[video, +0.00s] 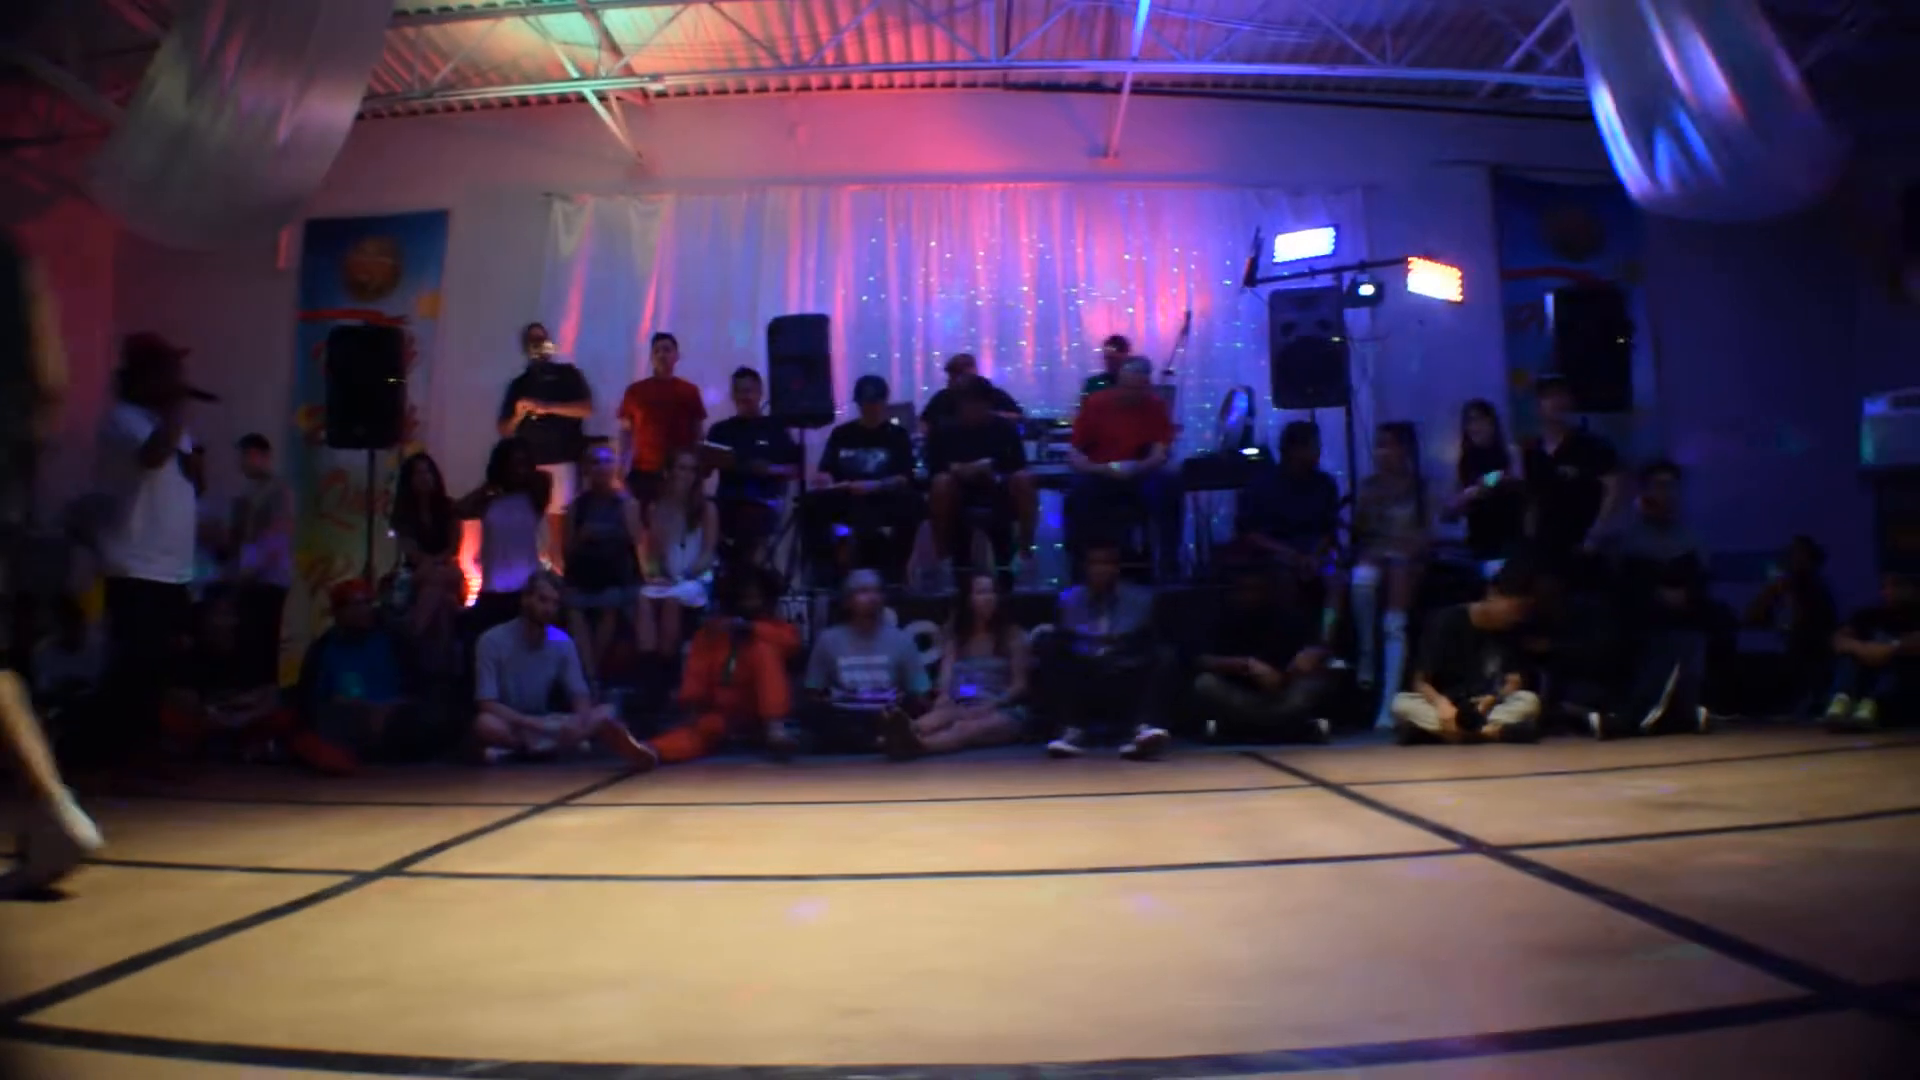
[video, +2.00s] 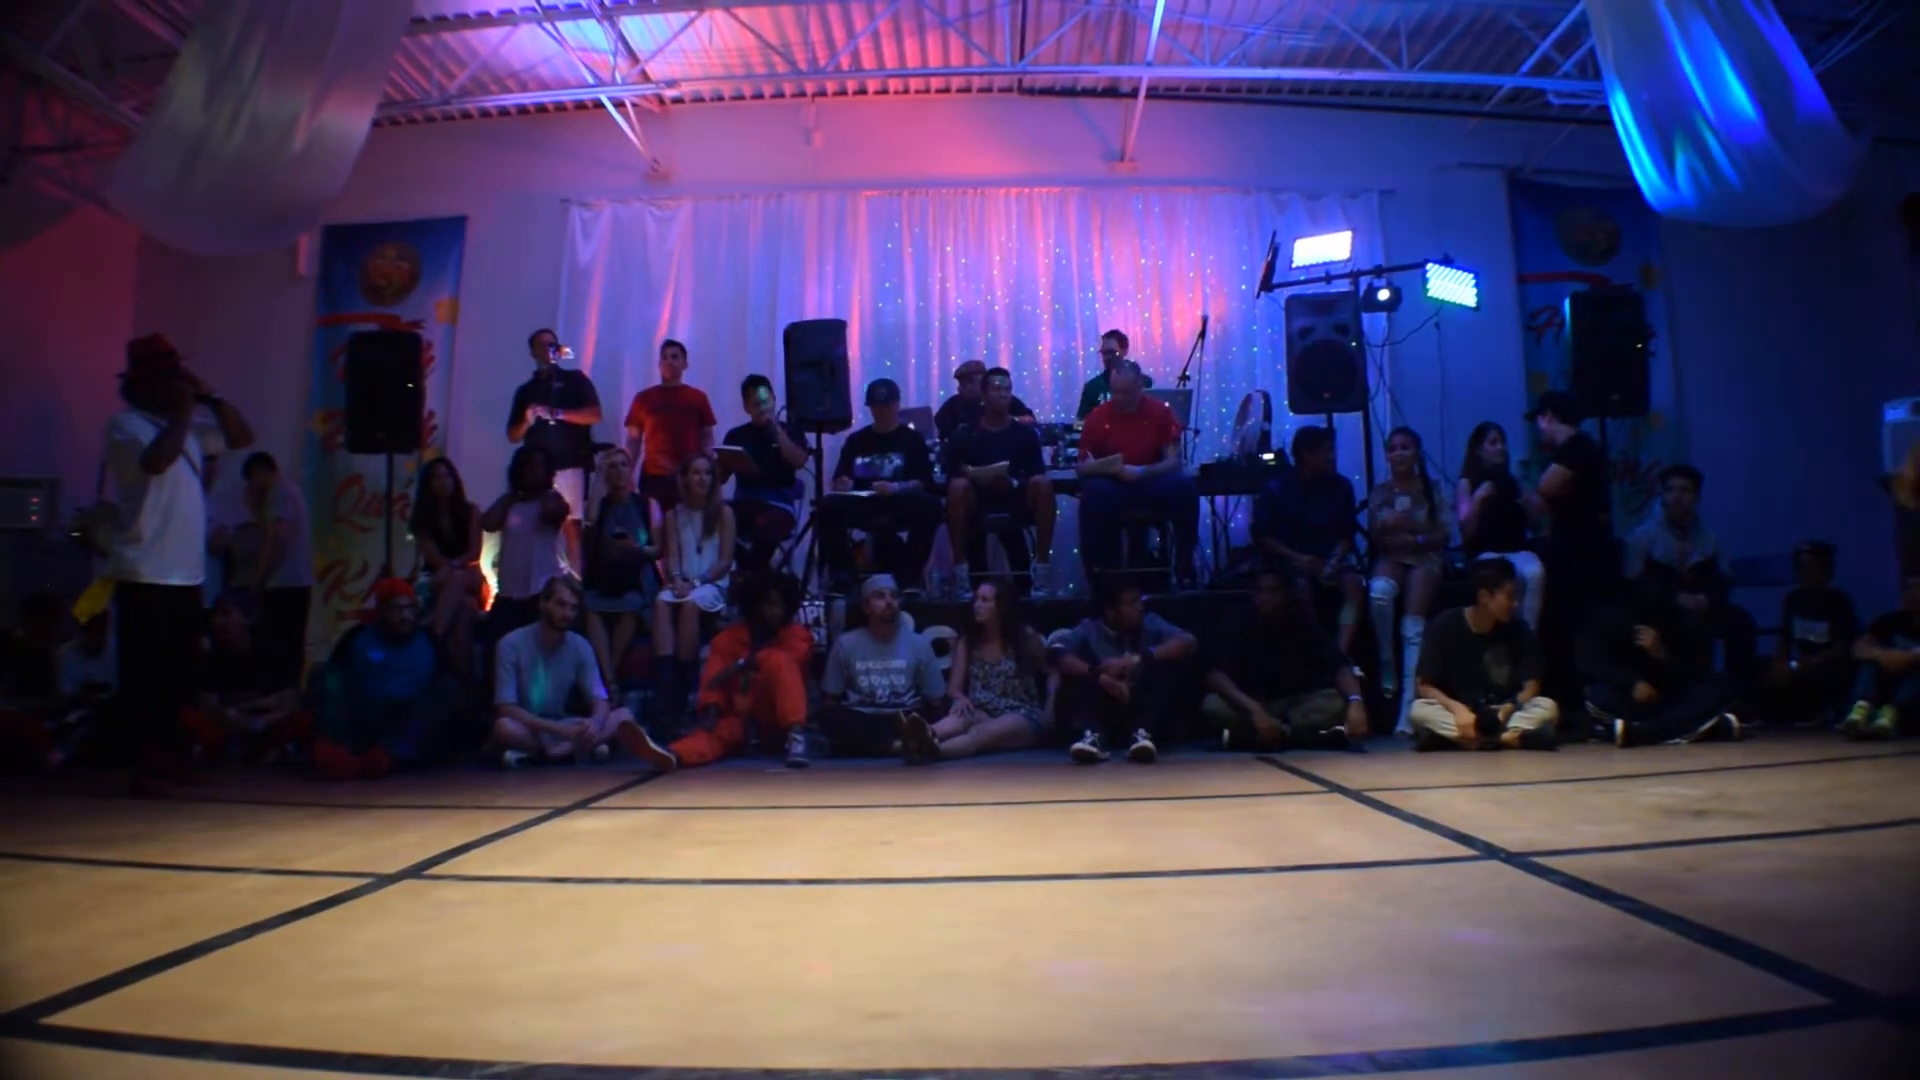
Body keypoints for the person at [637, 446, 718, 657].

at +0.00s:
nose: (683, 475)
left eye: (689, 470)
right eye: (679, 468)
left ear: (696, 476)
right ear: (668, 473)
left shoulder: (706, 508)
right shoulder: (656, 507)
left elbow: (708, 551)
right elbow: (652, 544)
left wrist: (689, 574)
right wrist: (655, 572)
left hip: (694, 578)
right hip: (664, 577)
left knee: (671, 601)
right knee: (645, 597)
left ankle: (668, 660)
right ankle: (647, 658)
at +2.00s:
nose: (702, 479)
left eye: (707, 473)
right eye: (696, 473)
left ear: (713, 479)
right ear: (683, 479)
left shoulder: (723, 513)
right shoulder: (673, 517)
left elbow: (725, 561)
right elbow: (671, 558)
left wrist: (699, 582)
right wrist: (676, 580)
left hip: (712, 580)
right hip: (682, 581)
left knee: (690, 606)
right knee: (662, 603)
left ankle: (685, 679)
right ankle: (664, 677)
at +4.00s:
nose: (700, 477)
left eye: (705, 472)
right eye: (694, 472)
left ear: (712, 478)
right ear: (682, 478)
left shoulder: (722, 514)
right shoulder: (671, 516)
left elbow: (724, 560)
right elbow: (669, 557)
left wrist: (698, 582)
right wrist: (673, 581)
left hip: (709, 581)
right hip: (678, 581)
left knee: (688, 608)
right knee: (659, 605)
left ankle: (682, 684)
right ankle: (662, 683)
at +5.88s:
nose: (682, 478)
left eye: (689, 472)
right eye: (681, 472)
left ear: (703, 478)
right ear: (678, 477)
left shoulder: (720, 513)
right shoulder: (671, 516)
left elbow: (724, 561)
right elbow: (670, 556)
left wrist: (698, 582)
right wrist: (673, 579)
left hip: (709, 581)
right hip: (678, 581)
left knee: (688, 606)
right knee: (660, 603)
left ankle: (681, 677)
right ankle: (662, 675)